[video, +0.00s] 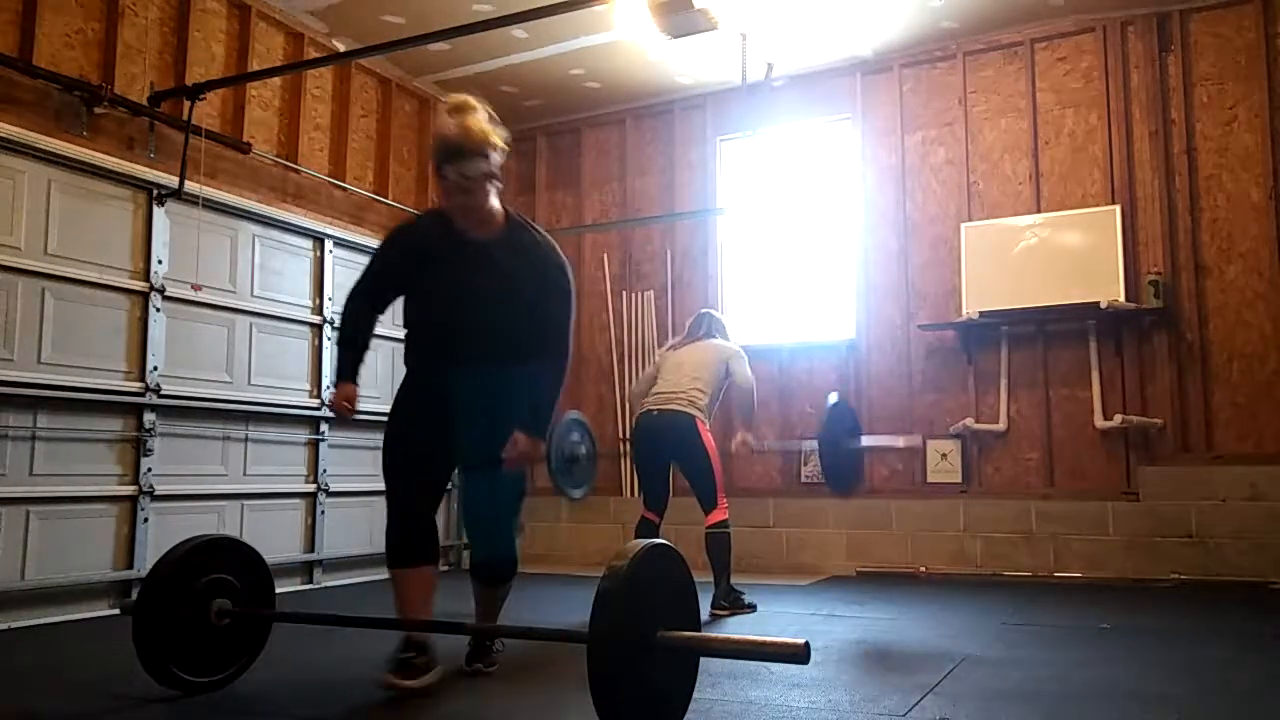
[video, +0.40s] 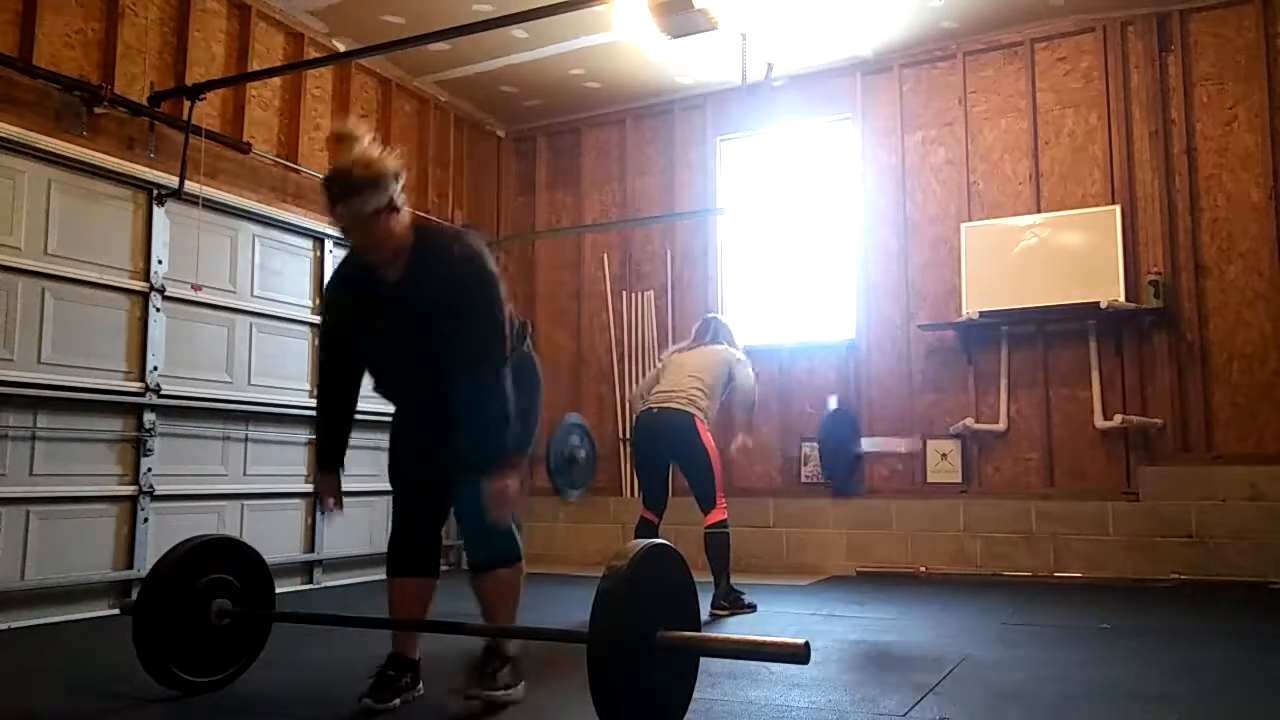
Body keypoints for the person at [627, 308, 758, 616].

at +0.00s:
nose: (727, 342)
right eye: (727, 337)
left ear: (692, 331)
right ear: (721, 333)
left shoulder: (669, 351)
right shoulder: (729, 349)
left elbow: (636, 391)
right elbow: (745, 381)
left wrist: (643, 426)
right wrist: (745, 429)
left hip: (646, 425)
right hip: (686, 425)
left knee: (653, 506)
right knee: (715, 508)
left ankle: (632, 587)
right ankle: (723, 592)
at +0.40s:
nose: (733, 346)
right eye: (733, 342)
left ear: (698, 335)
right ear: (727, 338)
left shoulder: (675, 353)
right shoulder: (732, 354)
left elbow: (639, 392)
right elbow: (746, 386)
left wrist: (646, 428)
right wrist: (744, 431)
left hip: (646, 422)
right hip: (685, 423)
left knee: (652, 506)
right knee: (713, 508)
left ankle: (632, 587)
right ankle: (723, 591)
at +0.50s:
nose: (737, 361)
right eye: (736, 356)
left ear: (698, 347)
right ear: (729, 353)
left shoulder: (675, 363)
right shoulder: (732, 370)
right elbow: (746, 421)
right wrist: (746, 468)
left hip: (643, 428)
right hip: (683, 430)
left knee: (650, 509)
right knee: (716, 509)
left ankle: (634, 587)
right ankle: (723, 592)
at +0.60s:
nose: (740, 384)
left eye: (739, 380)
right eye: (738, 380)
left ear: (699, 369)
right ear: (729, 375)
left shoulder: (676, 385)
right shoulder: (732, 394)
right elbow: (743, 449)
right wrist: (746, 500)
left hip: (640, 441)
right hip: (682, 443)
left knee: (650, 514)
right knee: (724, 513)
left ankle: (636, 588)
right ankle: (724, 593)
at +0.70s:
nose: (739, 399)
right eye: (738, 394)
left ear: (701, 388)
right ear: (732, 392)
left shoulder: (678, 402)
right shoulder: (733, 410)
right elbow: (744, 466)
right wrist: (747, 517)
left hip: (638, 453)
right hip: (680, 455)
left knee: (655, 515)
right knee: (725, 516)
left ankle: (632, 580)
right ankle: (724, 594)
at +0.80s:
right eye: (743, 407)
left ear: (709, 394)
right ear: (740, 404)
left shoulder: (685, 407)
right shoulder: (735, 418)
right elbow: (745, 479)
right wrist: (751, 528)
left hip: (633, 457)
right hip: (674, 459)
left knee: (658, 516)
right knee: (725, 513)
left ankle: (634, 580)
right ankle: (725, 594)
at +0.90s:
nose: (747, 412)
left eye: (749, 408)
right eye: (747, 406)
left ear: (718, 383)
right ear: (742, 396)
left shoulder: (693, 397)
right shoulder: (727, 406)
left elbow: (696, 462)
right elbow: (733, 463)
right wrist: (739, 507)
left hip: (624, 456)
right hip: (658, 457)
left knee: (667, 521)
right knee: (718, 510)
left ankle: (647, 587)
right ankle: (724, 593)